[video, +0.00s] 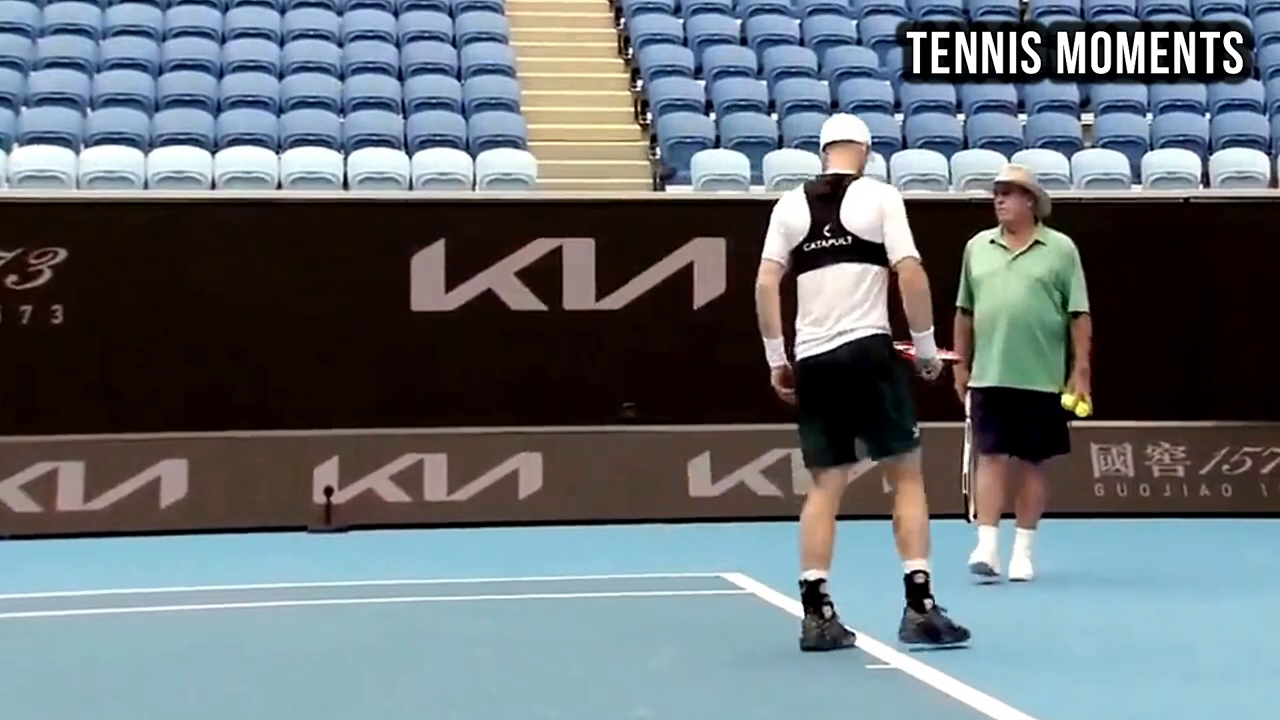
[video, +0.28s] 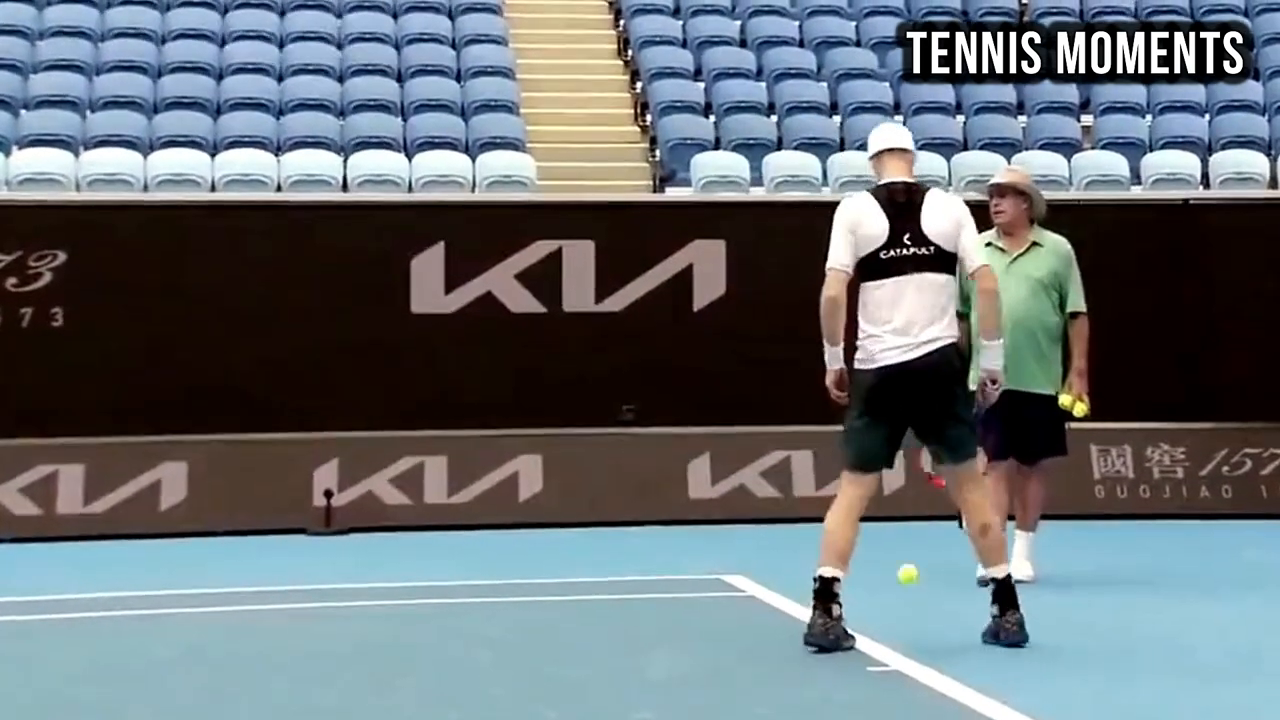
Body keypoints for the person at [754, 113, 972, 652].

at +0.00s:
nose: (864, 157)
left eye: (851, 148)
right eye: (866, 150)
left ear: (823, 153)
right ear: (864, 152)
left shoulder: (789, 204)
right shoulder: (882, 196)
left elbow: (767, 282)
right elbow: (909, 272)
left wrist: (777, 357)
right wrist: (927, 346)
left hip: (812, 363)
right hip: (874, 355)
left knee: (824, 484)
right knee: (905, 477)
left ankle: (816, 615)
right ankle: (920, 606)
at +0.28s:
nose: (892, 164)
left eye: (881, 157)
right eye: (900, 155)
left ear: (872, 162)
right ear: (914, 159)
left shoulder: (853, 209)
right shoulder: (950, 206)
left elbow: (835, 289)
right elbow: (987, 282)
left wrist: (833, 358)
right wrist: (990, 360)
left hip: (878, 374)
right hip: (943, 369)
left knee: (852, 490)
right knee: (972, 485)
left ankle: (825, 612)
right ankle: (1007, 610)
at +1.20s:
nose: (946, 156)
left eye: (939, 150)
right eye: (960, 145)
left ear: (935, 149)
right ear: (978, 144)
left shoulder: (930, 203)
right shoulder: (1017, 197)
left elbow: (926, 285)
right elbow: (1055, 273)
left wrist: (917, 366)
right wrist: (1063, 350)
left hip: (957, 365)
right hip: (1012, 360)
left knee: (959, 481)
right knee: (1006, 478)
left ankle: (978, 610)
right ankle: (1008, 612)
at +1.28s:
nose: (943, 154)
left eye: (935, 148)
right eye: (958, 143)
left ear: (931, 148)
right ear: (974, 142)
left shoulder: (929, 203)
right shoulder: (1014, 195)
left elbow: (926, 285)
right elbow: (1055, 270)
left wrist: (919, 366)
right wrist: (1062, 350)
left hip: (959, 364)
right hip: (1013, 359)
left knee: (961, 481)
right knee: (1005, 479)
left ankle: (977, 609)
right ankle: (1007, 610)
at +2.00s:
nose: (957, 134)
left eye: (954, 127)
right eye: (968, 124)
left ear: (956, 127)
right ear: (996, 122)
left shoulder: (951, 178)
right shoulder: (1036, 176)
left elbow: (942, 263)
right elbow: (1067, 259)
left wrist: (923, 339)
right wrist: (1045, 312)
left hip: (968, 343)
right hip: (1026, 340)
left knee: (961, 461)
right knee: (1020, 459)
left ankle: (967, 589)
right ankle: (1025, 592)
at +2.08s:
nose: (957, 141)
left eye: (956, 133)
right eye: (971, 129)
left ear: (961, 133)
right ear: (1001, 126)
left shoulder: (958, 181)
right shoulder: (1043, 180)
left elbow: (951, 263)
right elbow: (1072, 266)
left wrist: (938, 342)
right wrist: (1044, 316)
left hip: (972, 345)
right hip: (1029, 343)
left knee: (962, 465)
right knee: (1025, 463)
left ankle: (970, 593)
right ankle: (1028, 596)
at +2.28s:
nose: (965, 145)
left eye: (965, 138)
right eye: (970, 136)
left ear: (971, 137)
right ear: (1009, 129)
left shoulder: (970, 180)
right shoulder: (1053, 187)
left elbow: (967, 255)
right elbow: (1076, 277)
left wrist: (953, 339)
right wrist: (1053, 331)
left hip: (982, 346)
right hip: (1037, 346)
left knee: (962, 464)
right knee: (1031, 463)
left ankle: (971, 593)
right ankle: (1031, 597)